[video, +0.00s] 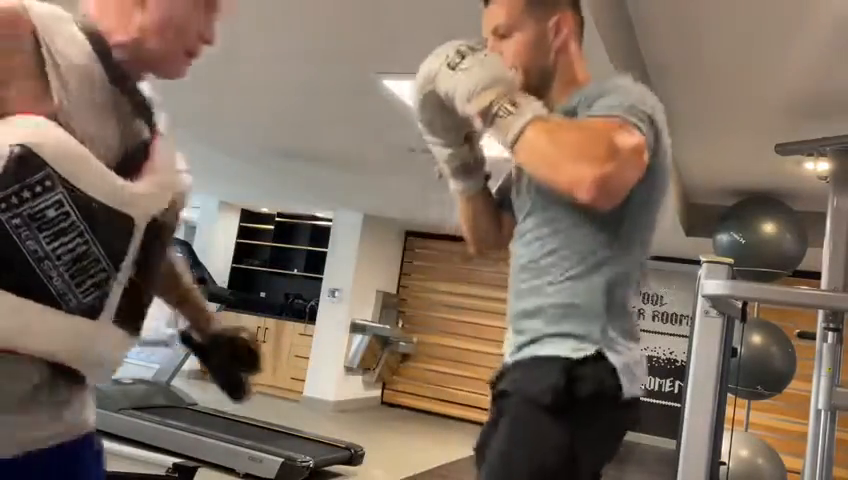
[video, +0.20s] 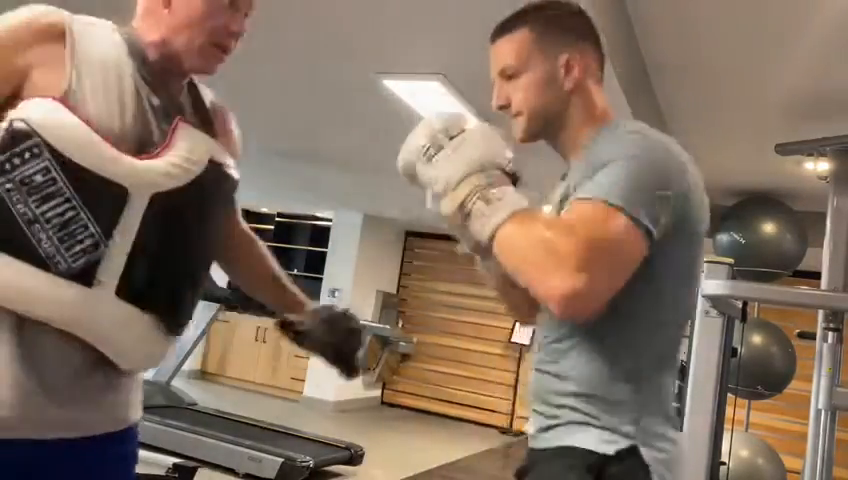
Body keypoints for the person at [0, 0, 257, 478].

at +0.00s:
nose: (210, 38)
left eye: (215, 16)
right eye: (205, 8)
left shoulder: (141, 115)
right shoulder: (17, 31)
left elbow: (149, 243)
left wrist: (207, 323)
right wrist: (134, 202)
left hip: (67, 427)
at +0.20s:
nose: (239, 28)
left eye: (246, 13)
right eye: (230, 4)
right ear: (163, 0)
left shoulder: (215, 123)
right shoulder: (43, 39)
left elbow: (226, 229)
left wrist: (304, 313)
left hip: (108, 424)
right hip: (11, 419)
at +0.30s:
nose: (227, 25)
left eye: (236, 14)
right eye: (213, 4)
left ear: (243, 25)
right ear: (159, 2)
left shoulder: (226, 125)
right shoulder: (46, 54)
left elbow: (252, 230)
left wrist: (338, 286)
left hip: (124, 421)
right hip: (16, 418)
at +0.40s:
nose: (209, 25)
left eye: (221, 12)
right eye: (193, 4)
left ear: (228, 26)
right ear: (139, 5)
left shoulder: (229, 127)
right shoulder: (38, 79)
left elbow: (290, 230)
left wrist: (375, 234)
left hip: (134, 415)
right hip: (21, 412)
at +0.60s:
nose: (164, 49)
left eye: (178, 37)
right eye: (148, 29)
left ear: (187, 48)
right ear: (107, 32)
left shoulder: (224, 133)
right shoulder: (37, 115)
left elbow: (296, 212)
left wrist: (327, 194)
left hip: (154, 412)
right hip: (34, 407)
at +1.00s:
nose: (218, 64)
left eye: (231, 54)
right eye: (204, 47)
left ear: (240, 69)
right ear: (171, 56)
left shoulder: (271, 149)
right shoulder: (111, 130)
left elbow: (333, 219)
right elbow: (41, 217)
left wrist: (332, 212)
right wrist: (4, 312)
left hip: (220, 399)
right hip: (105, 393)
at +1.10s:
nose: (264, 85)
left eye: (274, 76)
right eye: (251, 68)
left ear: (281, 90)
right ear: (214, 70)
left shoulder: (303, 164)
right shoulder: (149, 139)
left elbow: (384, 231)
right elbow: (73, 215)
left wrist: (352, 215)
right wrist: (33, 312)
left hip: (239, 408)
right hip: (129, 399)